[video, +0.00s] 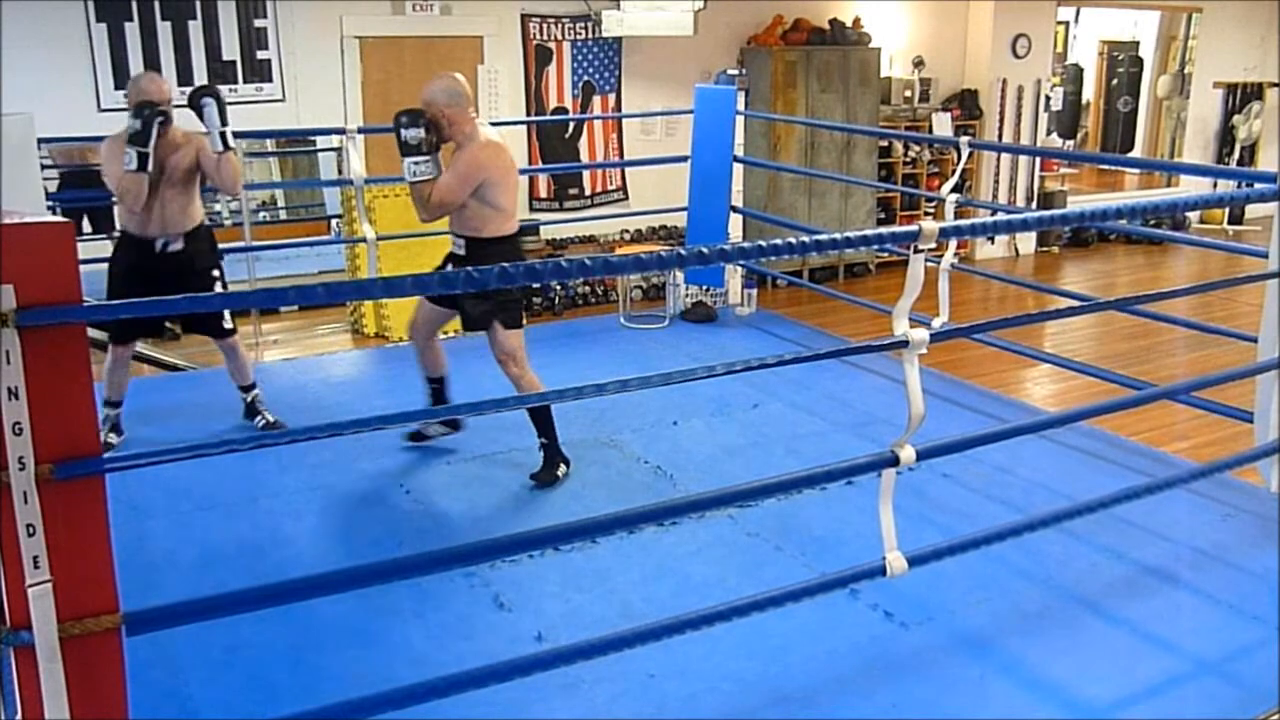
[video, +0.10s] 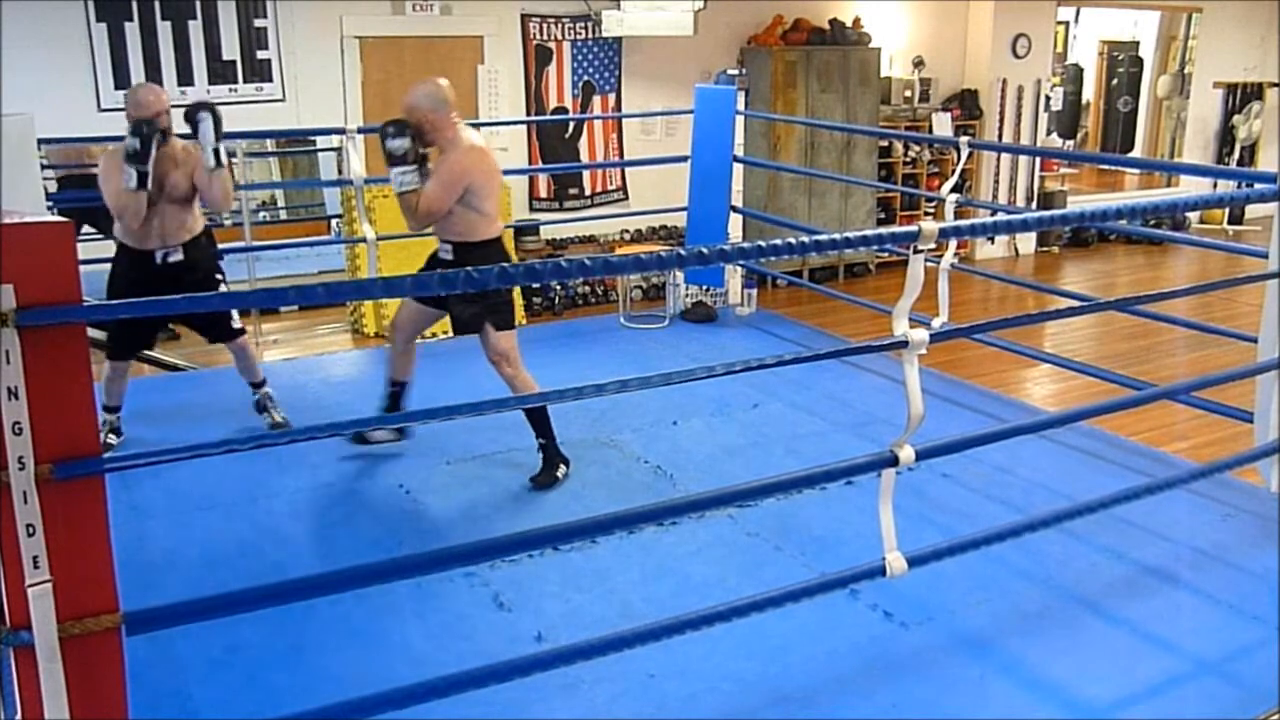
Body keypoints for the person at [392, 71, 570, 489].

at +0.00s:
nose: (426, 121)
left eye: (431, 113)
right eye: (425, 113)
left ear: (454, 113)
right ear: (458, 113)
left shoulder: (480, 154)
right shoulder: (464, 147)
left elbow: (428, 209)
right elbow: (432, 200)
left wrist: (418, 159)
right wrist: (422, 157)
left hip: (496, 262)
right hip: (465, 258)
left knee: (513, 363)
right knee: (421, 332)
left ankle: (554, 454)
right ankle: (443, 414)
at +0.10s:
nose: (410, 128)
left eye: (415, 120)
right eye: (409, 121)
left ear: (440, 118)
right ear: (443, 118)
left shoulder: (464, 157)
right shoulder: (447, 150)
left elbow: (417, 218)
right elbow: (423, 212)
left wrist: (401, 168)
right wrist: (412, 165)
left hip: (485, 265)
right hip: (449, 261)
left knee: (505, 362)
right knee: (402, 331)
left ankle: (552, 454)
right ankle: (393, 419)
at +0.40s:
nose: (358, 143)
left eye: (362, 137)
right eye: (357, 137)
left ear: (387, 139)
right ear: (391, 137)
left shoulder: (437, 168)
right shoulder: (383, 157)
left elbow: (433, 241)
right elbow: (328, 162)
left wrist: (392, 204)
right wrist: (276, 160)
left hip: (457, 257)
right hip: (415, 259)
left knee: (485, 356)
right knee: (380, 349)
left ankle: (527, 443)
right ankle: (367, 435)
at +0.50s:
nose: (369, 138)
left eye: (374, 131)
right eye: (368, 131)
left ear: (400, 131)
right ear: (398, 131)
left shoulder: (444, 163)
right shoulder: (387, 157)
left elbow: (434, 234)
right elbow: (370, 185)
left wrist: (394, 199)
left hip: (457, 258)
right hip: (411, 257)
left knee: (482, 359)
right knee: (381, 350)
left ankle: (517, 437)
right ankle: (367, 433)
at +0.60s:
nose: (376, 132)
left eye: (383, 126)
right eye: (377, 125)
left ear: (408, 129)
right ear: (404, 129)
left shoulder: (448, 162)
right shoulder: (395, 153)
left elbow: (424, 230)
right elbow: (389, 196)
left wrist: (391, 183)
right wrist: (367, 204)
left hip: (452, 262)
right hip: (410, 257)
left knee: (481, 357)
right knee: (368, 341)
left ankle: (519, 439)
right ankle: (364, 431)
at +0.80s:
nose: (365, 131)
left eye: (371, 124)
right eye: (365, 123)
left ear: (395, 125)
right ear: (386, 123)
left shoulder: (434, 162)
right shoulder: (380, 154)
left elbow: (413, 228)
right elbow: (348, 193)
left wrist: (379, 181)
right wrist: (348, 185)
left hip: (432, 264)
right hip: (386, 259)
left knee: (471, 359)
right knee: (334, 342)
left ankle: (519, 440)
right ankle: (315, 429)